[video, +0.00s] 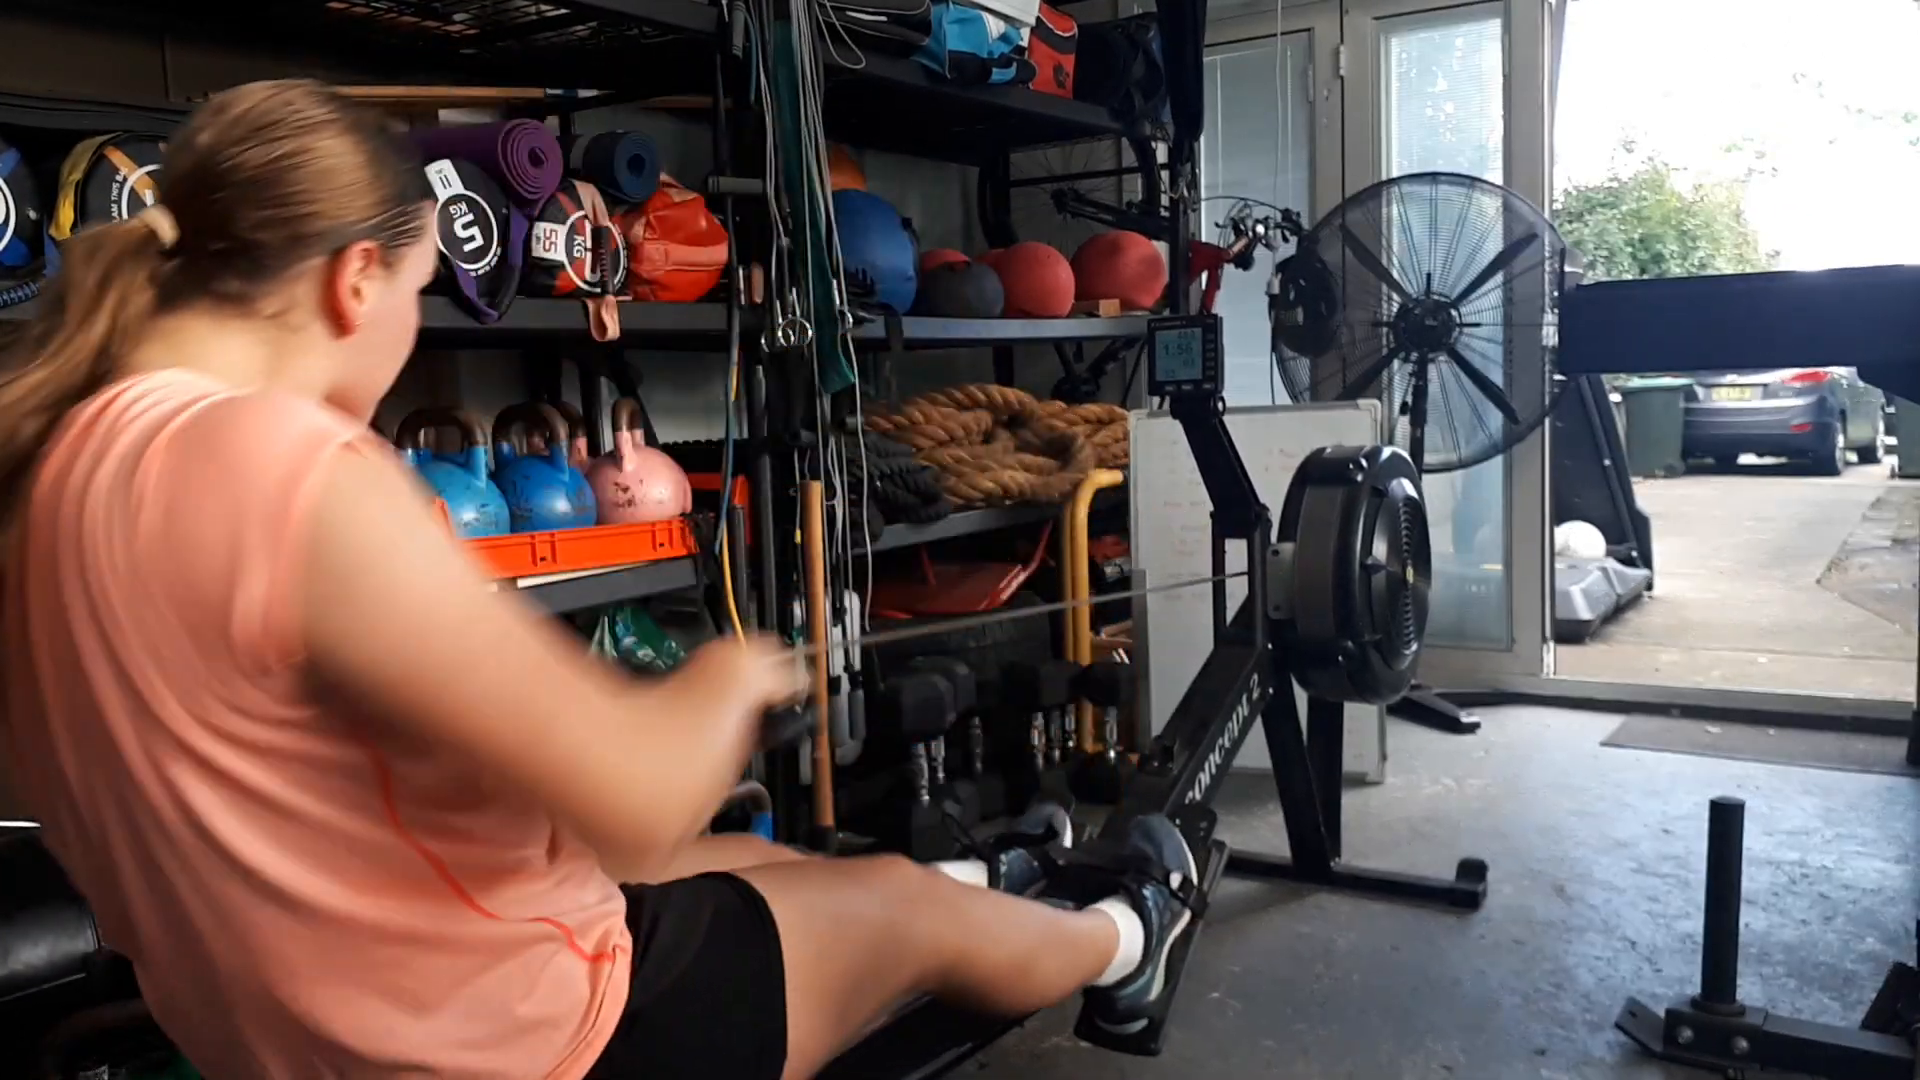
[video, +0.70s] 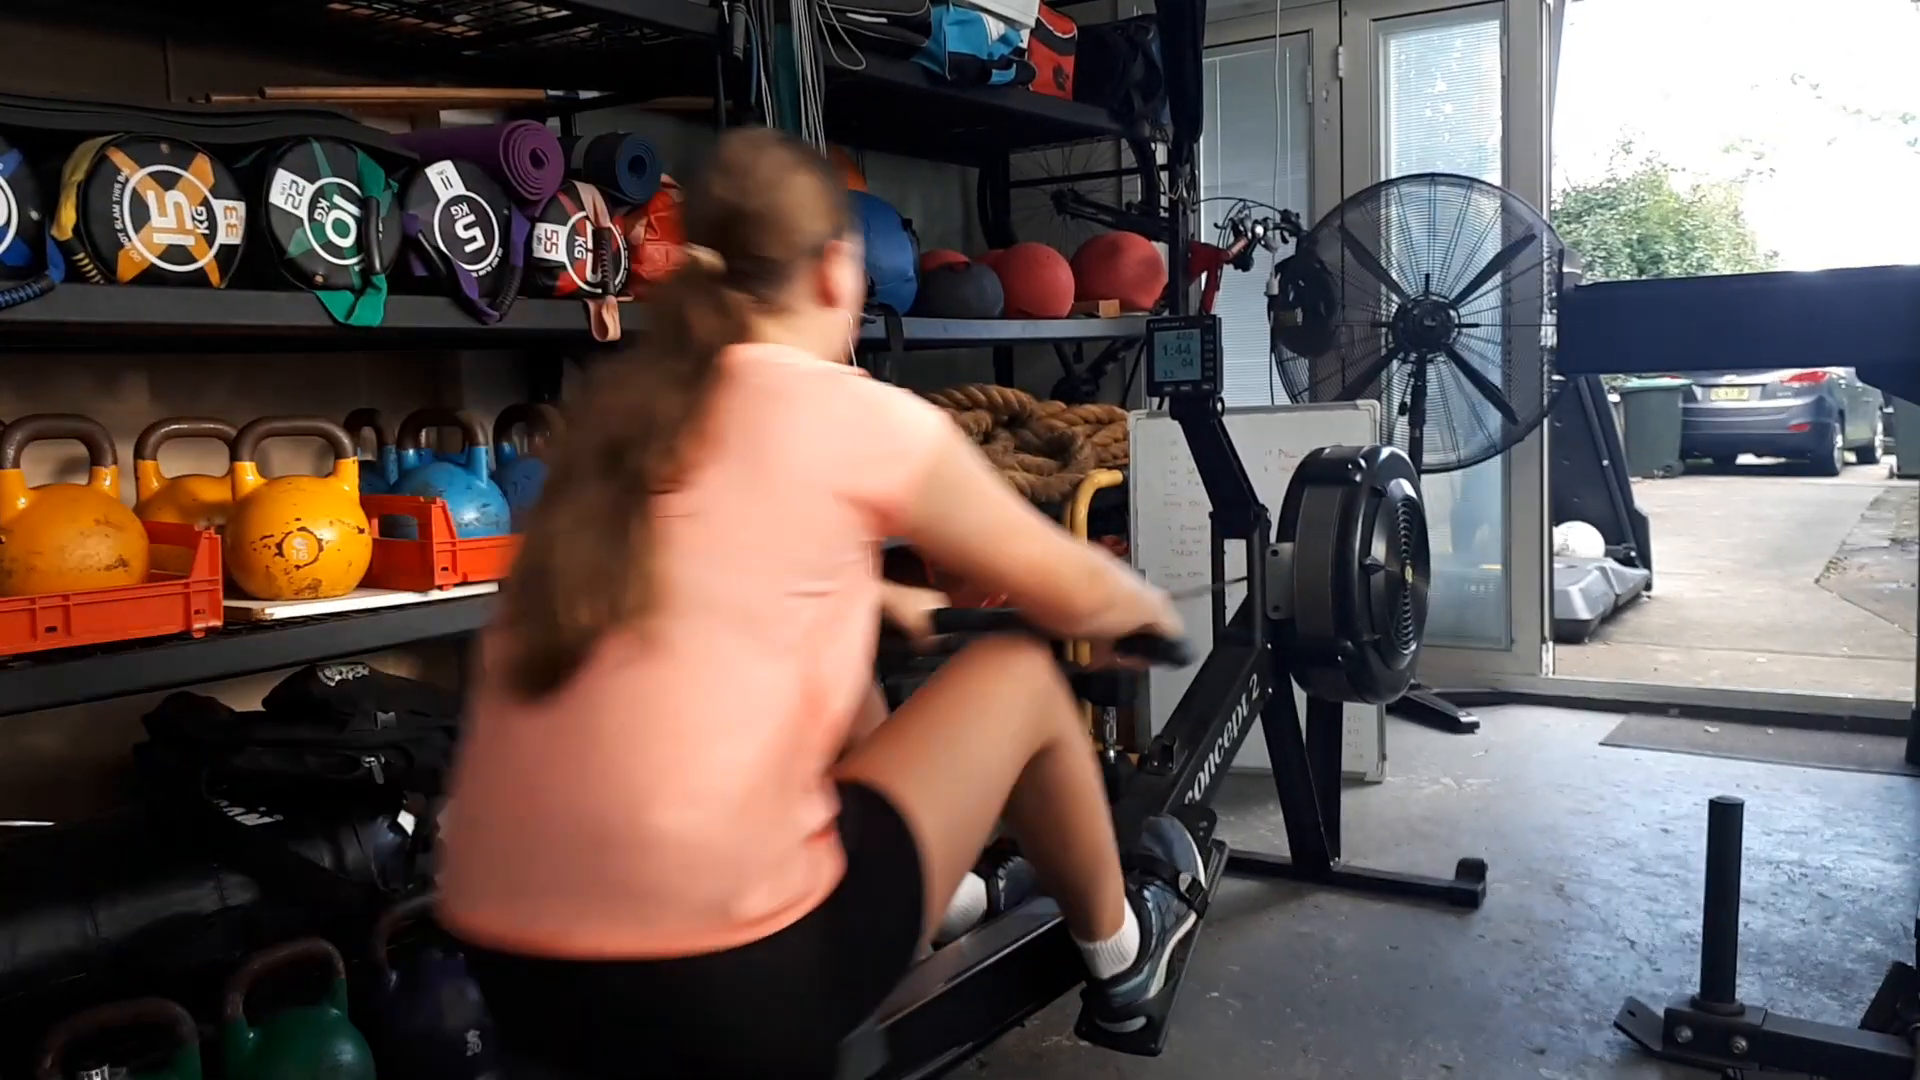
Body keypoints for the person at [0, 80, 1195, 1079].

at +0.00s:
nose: (412, 329)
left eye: (421, 291)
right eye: (416, 290)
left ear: (178, 262)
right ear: (347, 280)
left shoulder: (59, 458)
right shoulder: (300, 484)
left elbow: (57, 798)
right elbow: (653, 802)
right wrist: (741, 672)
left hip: (283, 1026)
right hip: (507, 1037)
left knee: (742, 860)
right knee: (906, 905)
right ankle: (1111, 947)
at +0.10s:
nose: (407, 330)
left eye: (415, 291)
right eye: (411, 289)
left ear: (174, 263)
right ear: (342, 278)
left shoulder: (65, 455)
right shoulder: (268, 498)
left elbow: (58, 814)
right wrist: (601, 718)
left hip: (288, 1027)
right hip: (494, 1041)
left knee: (739, 862)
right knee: (900, 898)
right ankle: (1108, 950)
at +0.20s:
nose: (439, 309)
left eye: (444, 270)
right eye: (441, 269)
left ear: (212, 253)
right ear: (373, 260)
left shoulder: (89, 442)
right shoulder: (310, 480)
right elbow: (475, 906)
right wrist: (618, 707)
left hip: (298, 1035)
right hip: (503, 1046)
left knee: (755, 851)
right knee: (909, 882)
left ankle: (863, 1020)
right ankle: (1110, 951)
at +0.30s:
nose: (504, 284)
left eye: (506, 246)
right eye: (504, 242)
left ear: (278, 237)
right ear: (441, 237)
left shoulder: (160, 426)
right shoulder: (407, 426)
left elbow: (131, 794)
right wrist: (710, 698)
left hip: (293, 1036)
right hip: (519, 1042)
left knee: (752, 827)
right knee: (923, 873)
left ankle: (899, 1000)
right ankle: (1114, 951)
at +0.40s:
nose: (596, 253)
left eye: (597, 220)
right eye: (589, 217)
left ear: (372, 216)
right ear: (532, 216)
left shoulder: (232, 416)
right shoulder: (530, 404)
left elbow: (207, 765)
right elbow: (810, 758)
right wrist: (847, 671)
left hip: (304, 1039)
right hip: (543, 1034)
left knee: (781, 797)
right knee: (926, 839)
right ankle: (1115, 954)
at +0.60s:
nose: (785, 272)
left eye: (782, 245)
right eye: (781, 244)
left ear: (606, 244)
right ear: (749, 249)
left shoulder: (502, 392)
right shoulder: (777, 412)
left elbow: (580, 613)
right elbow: (1027, 636)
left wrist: (790, 614)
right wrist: (1071, 619)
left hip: (418, 1014)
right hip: (652, 1020)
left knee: (801, 703)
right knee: (982, 726)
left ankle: (923, 902)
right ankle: (1121, 958)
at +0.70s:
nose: (860, 282)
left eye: (852, 260)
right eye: (858, 260)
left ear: (707, 268)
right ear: (835, 271)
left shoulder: (619, 408)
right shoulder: (868, 421)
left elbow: (701, 571)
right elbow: (1069, 589)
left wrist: (882, 600)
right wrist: (1136, 604)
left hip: (516, 981)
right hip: (729, 990)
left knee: (829, 660)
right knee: (1022, 667)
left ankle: (937, 904)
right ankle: (1120, 960)